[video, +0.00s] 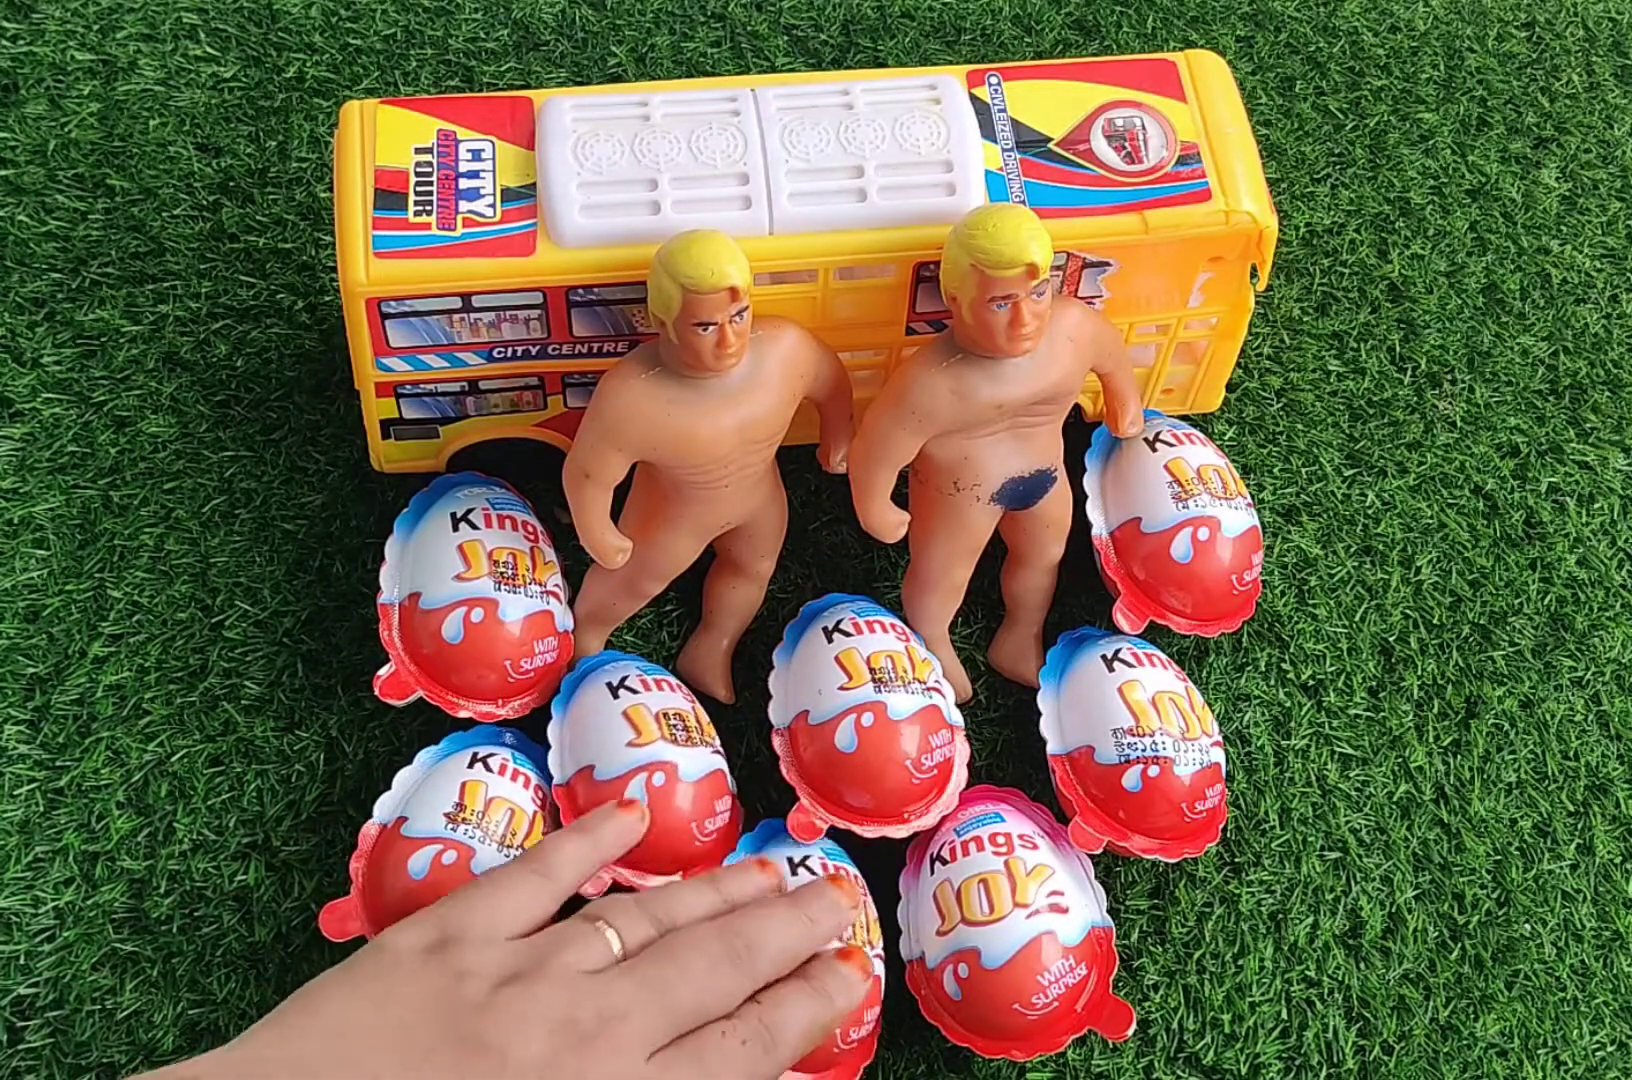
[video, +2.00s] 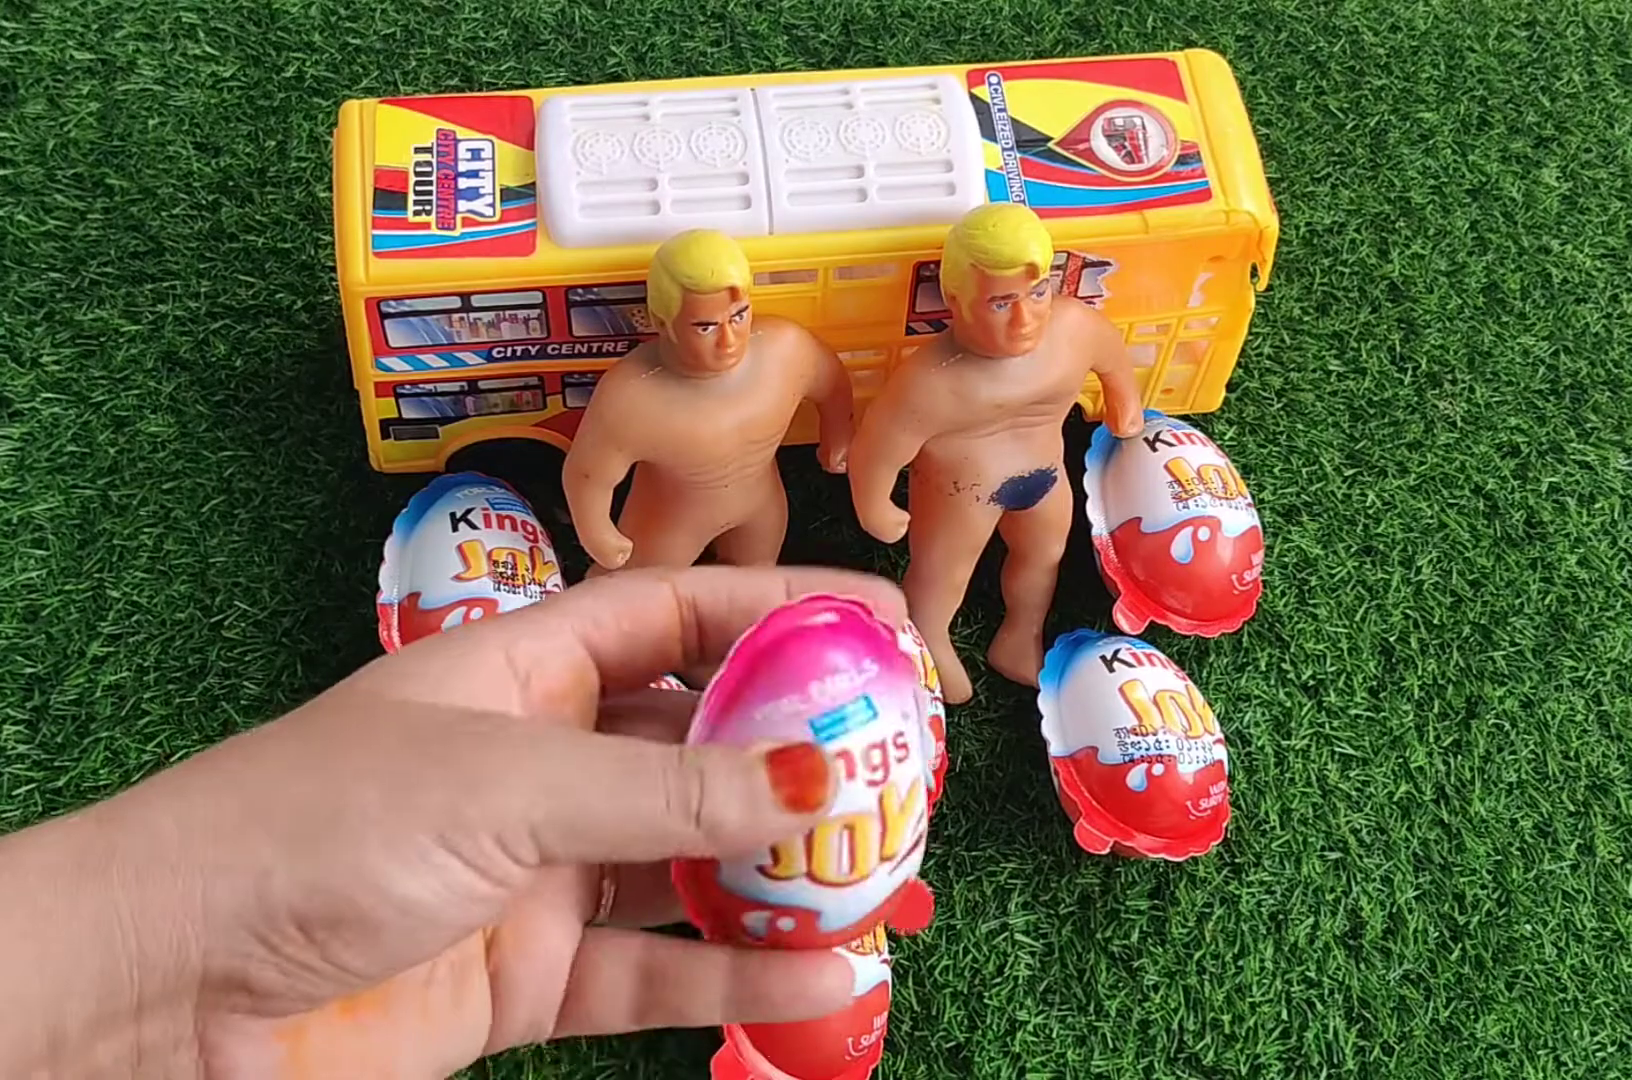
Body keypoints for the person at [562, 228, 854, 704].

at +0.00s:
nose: (728, 339)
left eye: (739, 316)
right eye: (705, 326)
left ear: (751, 301)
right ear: (661, 324)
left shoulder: (789, 349)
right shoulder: (629, 397)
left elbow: (834, 386)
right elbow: (587, 475)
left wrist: (837, 439)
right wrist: (601, 538)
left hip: (759, 497)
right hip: (672, 513)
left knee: (750, 573)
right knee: (631, 585)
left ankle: (712, 650)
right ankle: (589, 629)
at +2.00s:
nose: (729, 339)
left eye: (738, 316)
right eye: (705, 326)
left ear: (750, 303)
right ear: (662, 325)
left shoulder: (787, 350)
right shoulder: (628, 398)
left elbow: (833, 386)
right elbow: (586, 478)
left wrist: (836, 442)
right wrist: (601, 542)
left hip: (758, 502)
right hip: (670, 515)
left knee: (756, 587)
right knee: (637, 597)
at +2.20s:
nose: (728, 339)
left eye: (738, 315)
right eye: (705, 326)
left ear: (749, 301)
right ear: (663, 324)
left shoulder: (787, 350)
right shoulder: (628, 398)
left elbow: (833, 388)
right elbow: (585, 481)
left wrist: (835, 446)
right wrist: (606, 548)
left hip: (762, 540)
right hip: (665, 552)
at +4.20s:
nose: (728, 340)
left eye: (739, 316)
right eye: (704, 328)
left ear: (750, 302)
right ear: (663, 326)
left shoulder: (786, 350)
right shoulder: (626, 399)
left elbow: (832, 390)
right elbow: (585, 480)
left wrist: (833, 448)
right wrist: (602, 558)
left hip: (756, 516)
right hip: (666, 530)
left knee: (749, 619)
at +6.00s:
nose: (728, 340)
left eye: (739, 316)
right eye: (704, 326)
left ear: (750, 299)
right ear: (661, 322)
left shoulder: (786, 349)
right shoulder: (627, 397)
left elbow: (832, 388)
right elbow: (585, 479)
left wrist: (835, 441)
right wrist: (603, 556)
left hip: (759, 522)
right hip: (665, 538)